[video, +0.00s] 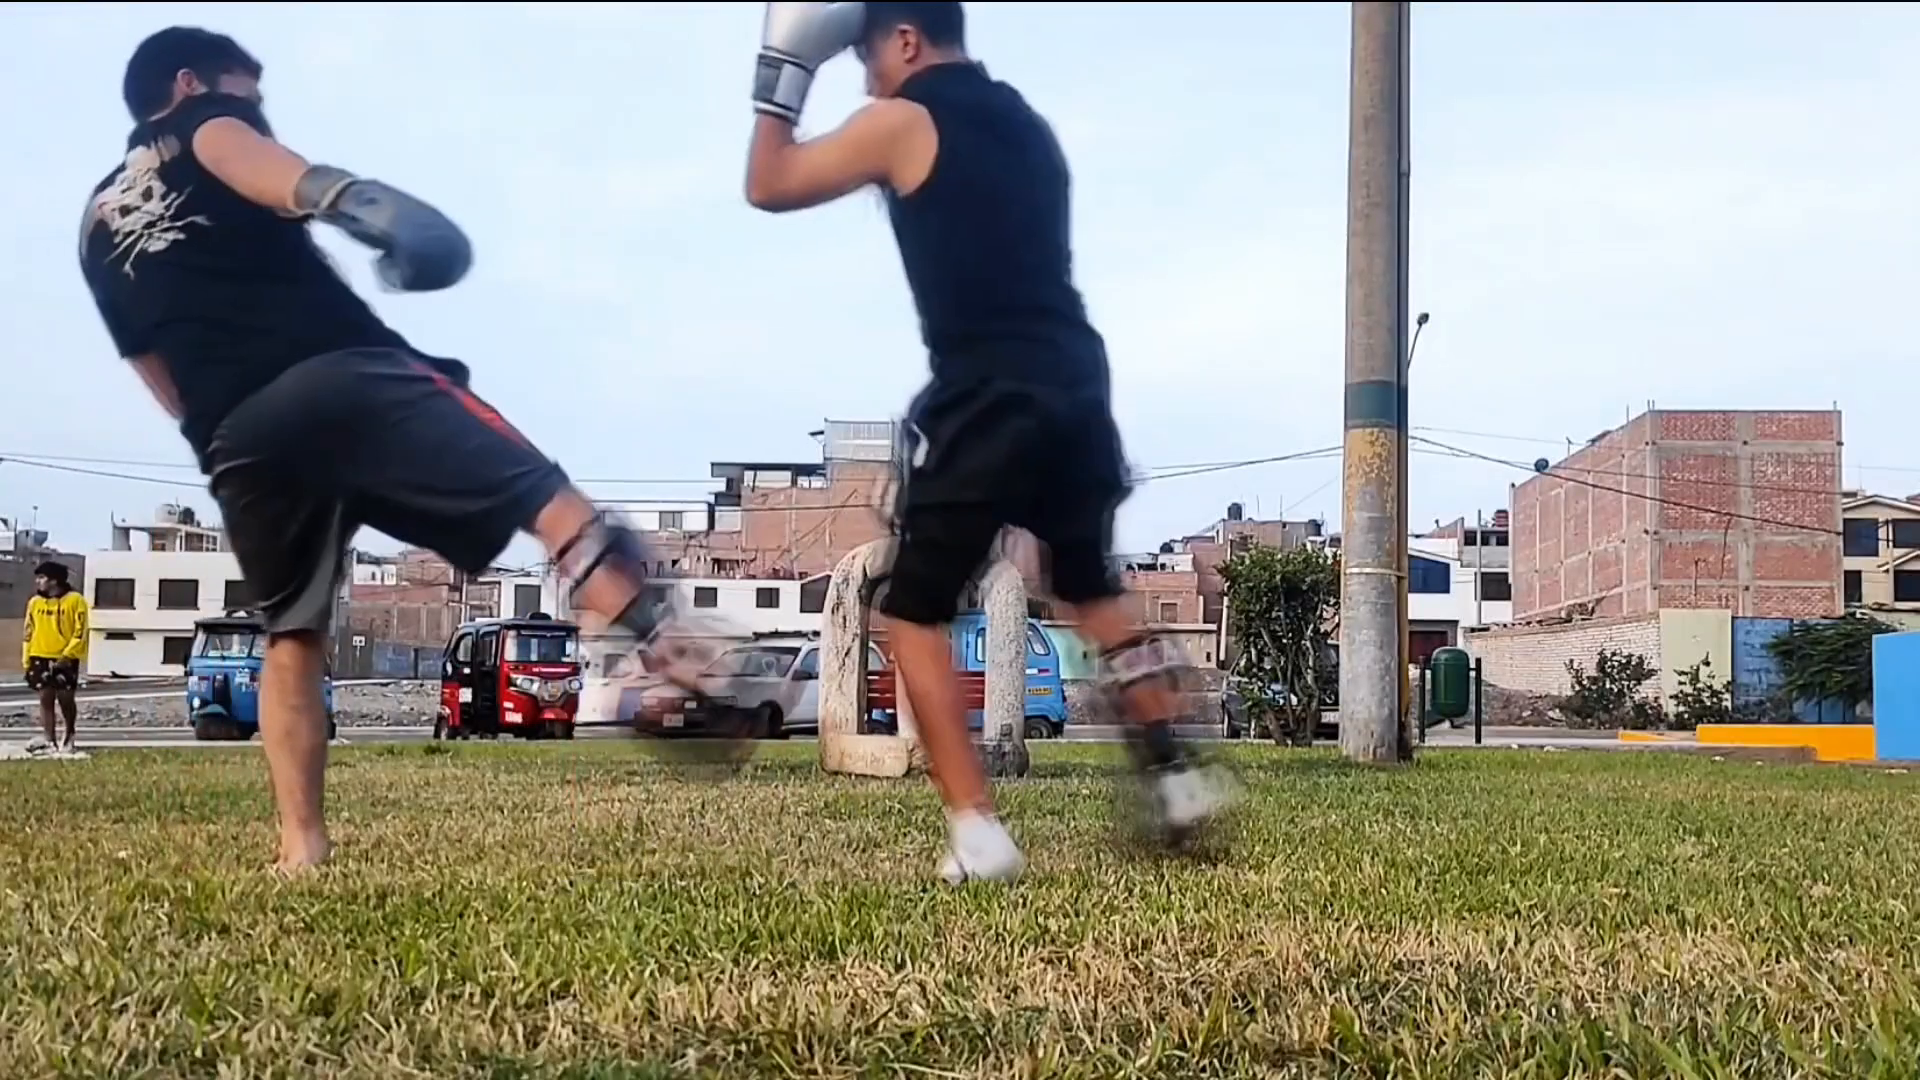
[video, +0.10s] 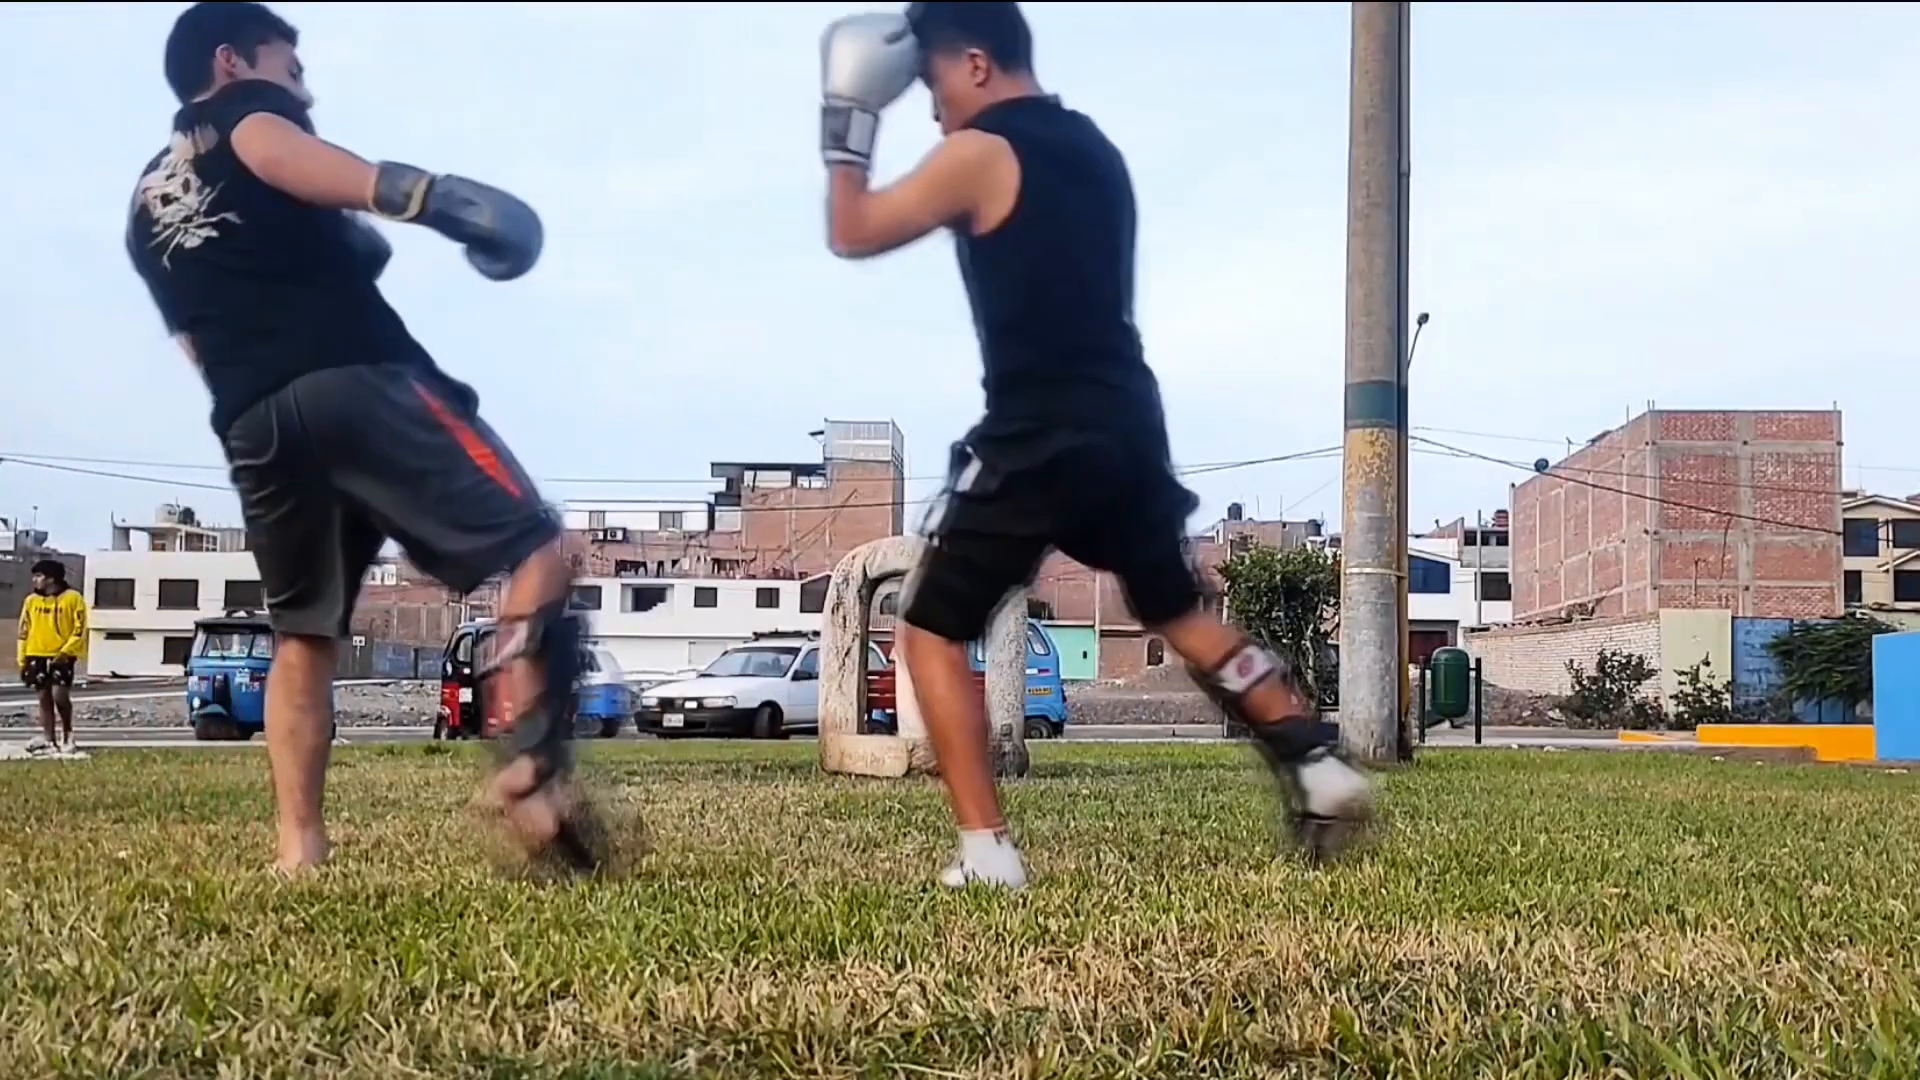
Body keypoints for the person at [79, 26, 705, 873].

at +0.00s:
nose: (258, 113)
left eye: (257, 100)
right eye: (247, 96)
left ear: (153, 101)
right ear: (187, 83)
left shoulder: (96, 225)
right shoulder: (204, 124)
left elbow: (169, 390)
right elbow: (250, 166)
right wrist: (352, 197)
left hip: (236, 437)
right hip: (334, 368)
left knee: (291, 639)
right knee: (543, 498)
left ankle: (301, 850)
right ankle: (671, 643)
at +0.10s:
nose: (300, 80)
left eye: (297, 66)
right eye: (287, 61)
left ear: (204, 73)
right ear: (229, 58)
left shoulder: (146, 199)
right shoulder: (244, 110)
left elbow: (194, 344)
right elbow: (280, 157)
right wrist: (436, 194)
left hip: (253, 423)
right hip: (349, 377)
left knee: (302, 633)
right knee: (534, 547)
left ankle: (299, 849)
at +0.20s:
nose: (346, 78)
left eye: (338, 59)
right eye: (329, 58)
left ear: (250, 81)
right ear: (273, 64)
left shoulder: (205, 193)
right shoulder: (292, 121)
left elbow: (310, 290)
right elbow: (329, 203)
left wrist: (411, 219)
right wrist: (483, 202)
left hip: (267, 442)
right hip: (355, 419)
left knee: (345, 626)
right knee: (499, 609)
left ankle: (256, 817)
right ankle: (468, 844)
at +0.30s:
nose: (371, 84)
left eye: (362, 66)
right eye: (351, 64)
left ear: (279, 79)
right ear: (292, 71)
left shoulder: (230, 185)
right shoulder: (308, 142)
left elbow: (317, 291)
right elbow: (343, 236)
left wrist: (400, 221)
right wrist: (465, 195)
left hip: (267, 447)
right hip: (345, 435)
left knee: (353, 631)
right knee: (480, 615)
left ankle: (212, 791)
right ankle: (470, 844)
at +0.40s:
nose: (361, 67)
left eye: (355, 51)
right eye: (341, 47)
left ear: (283, 59)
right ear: (278, 56)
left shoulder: (293, 161)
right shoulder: (259, 131)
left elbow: (346, 322)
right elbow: (299, 245)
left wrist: (397, 244)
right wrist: (398, 180)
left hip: (270, 424)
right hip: (298, 416)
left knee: (340, 648)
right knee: (405, 610)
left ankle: (174, 824)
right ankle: (455, 843)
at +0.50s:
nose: (339, 53)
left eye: (337, 37)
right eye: (317, 34)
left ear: (279, 54)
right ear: (255, 50)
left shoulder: (308, 160)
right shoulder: (219, 127)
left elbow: (369, 307)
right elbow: (265, 223)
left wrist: (395, 203)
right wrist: (338, 117)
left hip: (284, 403)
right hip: (239, 400)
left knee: (308, 642)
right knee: (363, 569)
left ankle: (170, 828)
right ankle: (325, 820)